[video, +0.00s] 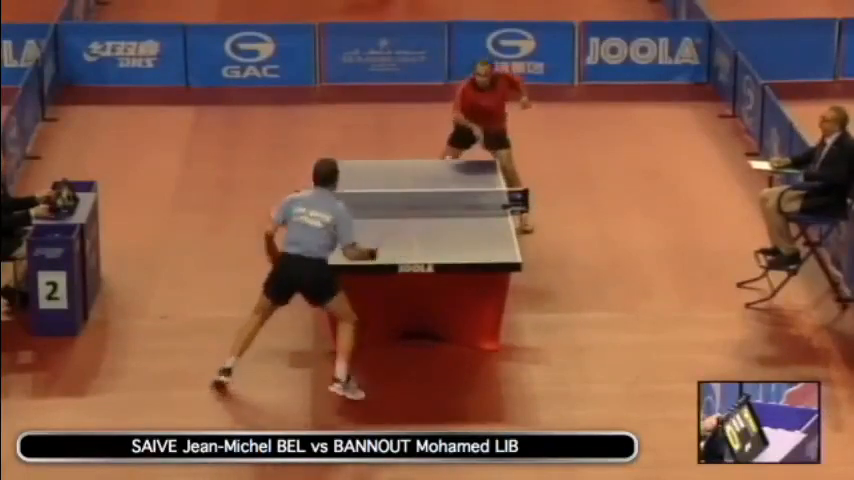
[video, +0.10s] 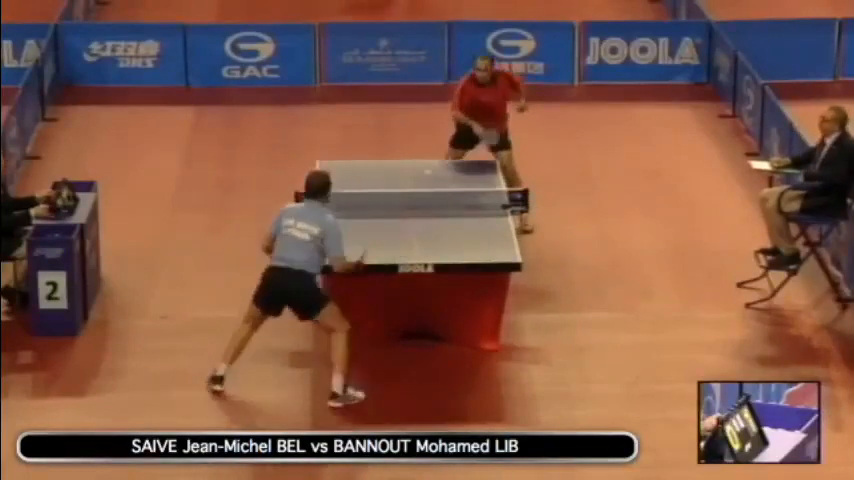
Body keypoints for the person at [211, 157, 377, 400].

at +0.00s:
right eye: (336, 177)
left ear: (314, 178)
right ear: (336, 180)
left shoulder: (295, 200)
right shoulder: (338, 208)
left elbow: (269, 231)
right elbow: (350, 251)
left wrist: (275, 258)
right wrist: (369, 254)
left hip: (286, 265)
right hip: (315, 269)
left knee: (259, 315)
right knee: (347, 319)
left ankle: (228, 366)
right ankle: (341, 378)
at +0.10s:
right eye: (329, 190)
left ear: (305, 190)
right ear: (328, 193)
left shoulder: (288, 211)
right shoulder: (328, 220)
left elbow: (267, 246)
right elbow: (338, 264)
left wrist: (288, 255)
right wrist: (354, 266)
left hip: (274, 276)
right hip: (302, 281)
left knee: (249, 324)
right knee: (340, 327)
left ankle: (219, 373)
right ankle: (338, 390)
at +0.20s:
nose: (322, 204)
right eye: (321, 200)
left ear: (297, 199)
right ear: (319, 203)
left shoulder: (281, 217)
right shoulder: (317, 230)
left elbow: (260, 246)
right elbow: (322, 274)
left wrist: (284, 250)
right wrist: (332, 274)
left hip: (259, 281)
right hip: (287, 287)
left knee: (239, 320)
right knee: (333, 325)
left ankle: (219, 369)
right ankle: (337, 387)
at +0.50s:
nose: (307, 221)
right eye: (306, 219)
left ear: (282, 223)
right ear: (305, 223)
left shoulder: (270, 243)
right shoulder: (315, 249)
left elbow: (250, 269)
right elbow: (347, 274)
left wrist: (272, 253)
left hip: (260, 308)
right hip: (293, 313)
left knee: (236, 320)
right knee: (342, 328)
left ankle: (217, 372)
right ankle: (338, 389)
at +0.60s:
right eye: (302, 210)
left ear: (280, 218)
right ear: (302, 216)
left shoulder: (273, 240)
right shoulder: (317, 240)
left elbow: (245, 269)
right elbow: (350, 252)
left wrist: (261, 256)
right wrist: (358, 232)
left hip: (268, 306)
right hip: (300, 309)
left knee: (240, 324)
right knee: (345, 327)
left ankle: (217, 373)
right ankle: (339, 388)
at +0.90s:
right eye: (299, 197)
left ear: (276, 203)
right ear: (298, 201)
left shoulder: (263, 229)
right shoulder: (308, 231)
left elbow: (248, 265)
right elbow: (323, 269)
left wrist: (243, 279)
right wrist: (341, 276)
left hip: (267, 298)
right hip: (300, 299)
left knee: (245, 332)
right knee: (343, 332)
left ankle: (225, 383)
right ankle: (345, 390)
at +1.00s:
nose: (304, 203)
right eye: (304, 199)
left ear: (282, 204)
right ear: (304, 202)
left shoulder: (270, 229)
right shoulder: (314, 231)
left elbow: (246, 259)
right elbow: (331, 269)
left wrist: (263, 262)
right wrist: (344, 272)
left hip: (272, 301)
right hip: (305, 303)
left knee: (251, 334)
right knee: (350, 335)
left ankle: (225, 384)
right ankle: (348, 397)